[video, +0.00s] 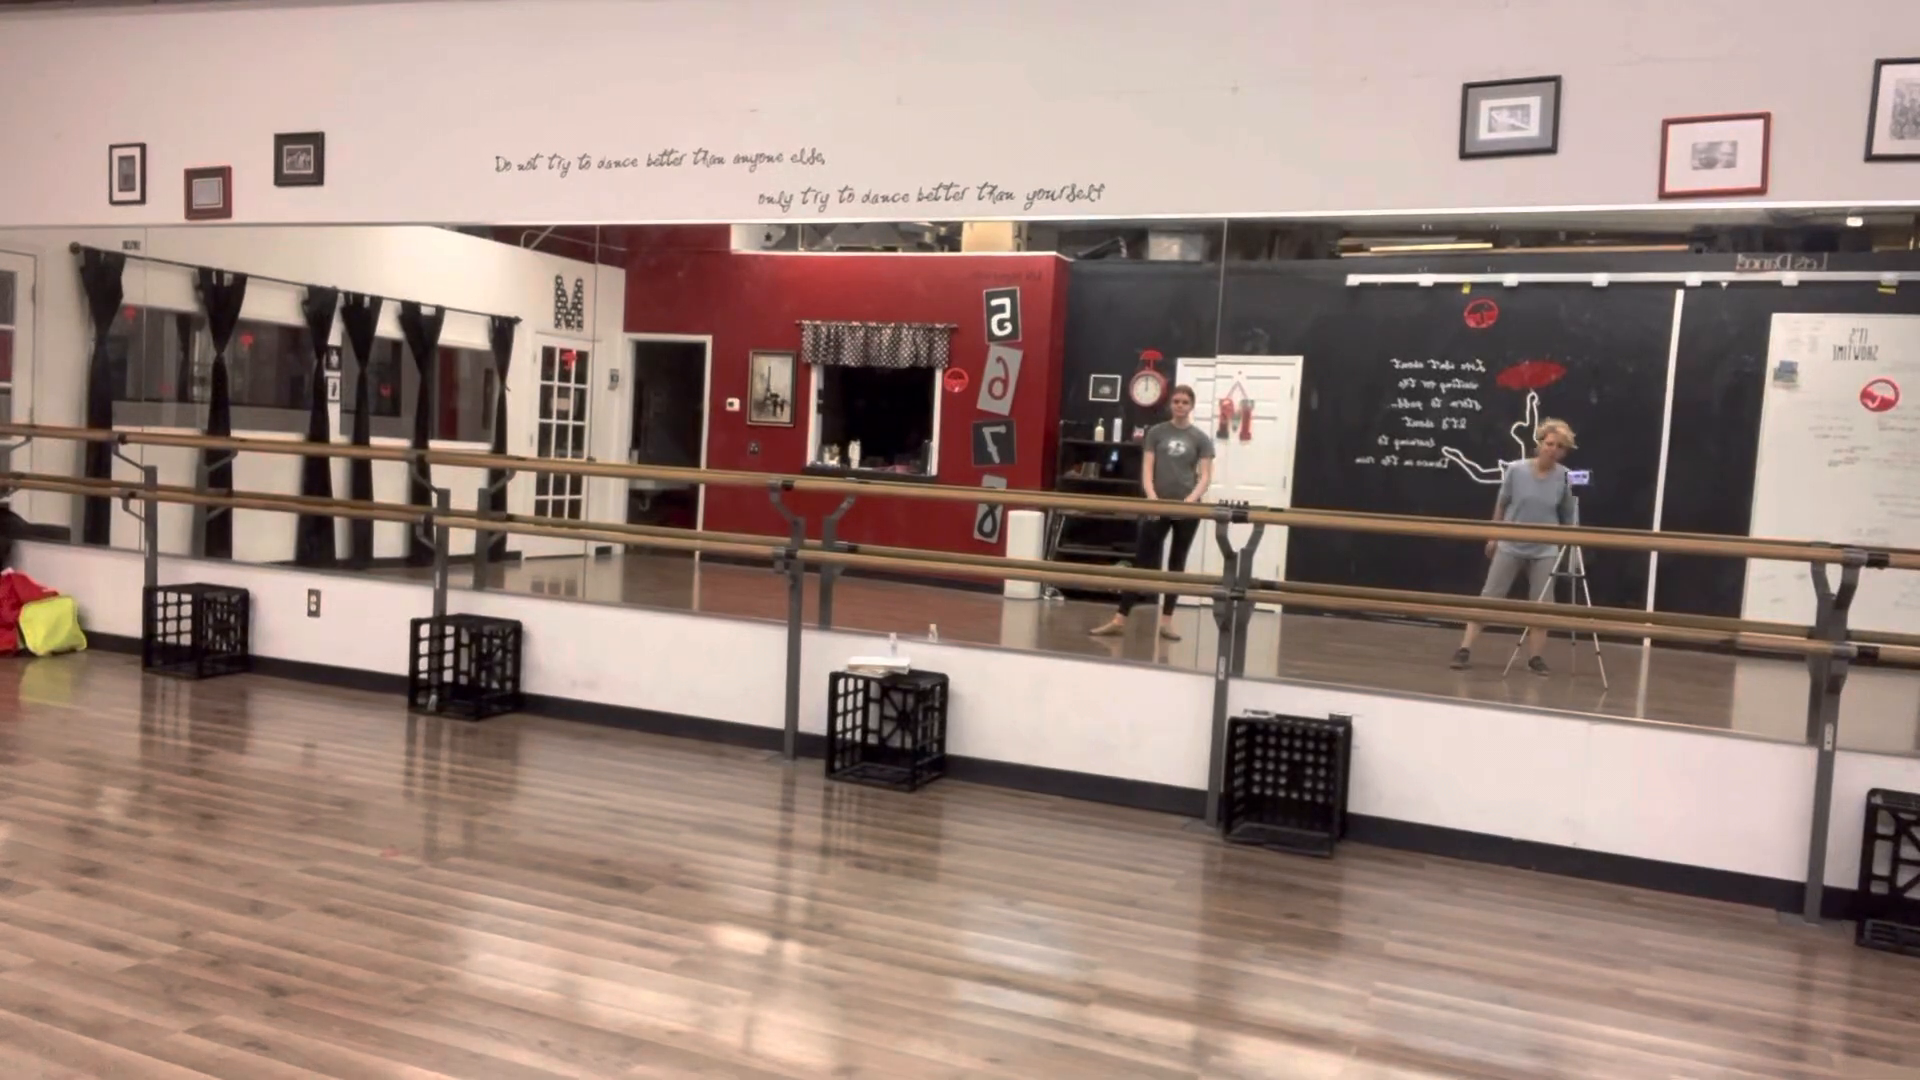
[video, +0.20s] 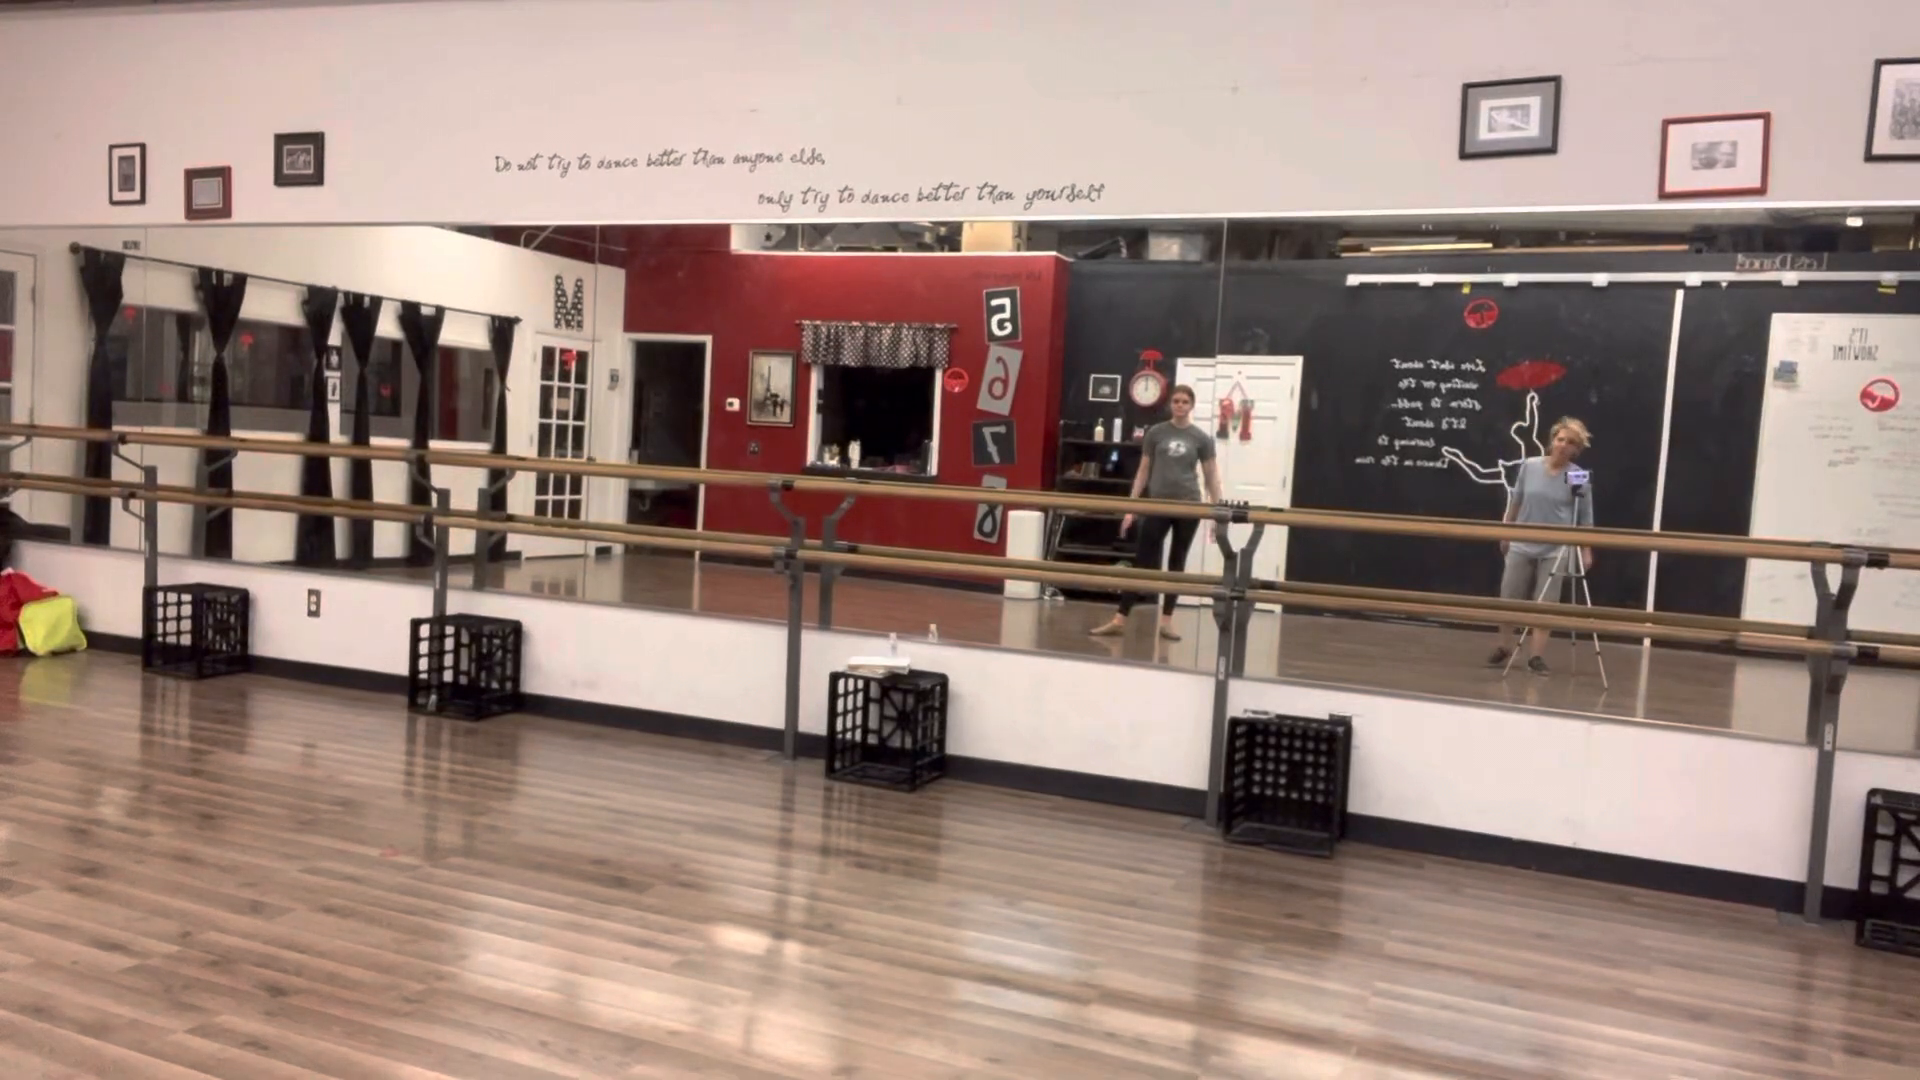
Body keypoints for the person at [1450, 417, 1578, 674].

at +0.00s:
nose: (1553, 451)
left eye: (1560, 447)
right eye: (1550, 444)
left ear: (1565, 452)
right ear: (1539, 444)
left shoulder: (1563, 477)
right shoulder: (1516, 469)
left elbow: (1569, 512)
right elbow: (1501, 502)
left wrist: (1572, 543)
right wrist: (1494, 534)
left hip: (1546, 548)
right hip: (1511, 543)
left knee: (1542, 604)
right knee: (1489, 596)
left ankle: (1536, 655)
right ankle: (1465, 648)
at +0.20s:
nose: (1564, 446)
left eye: (1571, 443)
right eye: (1561, 439)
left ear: (1578, 450)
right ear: (1552, 441)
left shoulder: (1579, 477)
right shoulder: (1528, 466)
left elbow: (1585, 517)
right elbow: (1514, 500)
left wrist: (1585, 547)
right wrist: (1506, 530)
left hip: (1557, 549)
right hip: (1522, 543)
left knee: (1546, 603)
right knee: (1508, 597)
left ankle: (1536, 654)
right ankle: (1504, 646)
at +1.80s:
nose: (1637, 442)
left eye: (1644, 439)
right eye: (1635, 437)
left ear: (1657, 447)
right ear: (1630, 441)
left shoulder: (1664, 479)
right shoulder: (1614, 472)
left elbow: (1672, 520)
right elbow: (1607, 510)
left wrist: (1675, 553)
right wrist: (1600, 541)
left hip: (1651, 554)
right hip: (1617, 551)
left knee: (1649, 612)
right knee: (1602, 603)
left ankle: (1647, 663)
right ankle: (1592, 650)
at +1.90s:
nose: (1641, 441)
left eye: (1649, 438)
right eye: (1640, 436)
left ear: (1662, 446)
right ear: (1636, 441)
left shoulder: (1670, 479)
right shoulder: (1619, 471)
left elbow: (1676, 520)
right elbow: (1614, 510)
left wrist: (1678, 554)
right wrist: (1610, 541)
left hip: (1655, 555)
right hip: (1619, 550)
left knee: (1650, 612)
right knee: (1606, 605)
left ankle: (1647, 662)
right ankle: (1605, 651)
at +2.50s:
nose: (1629, 437)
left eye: (1637, 435)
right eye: (1629, 432)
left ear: (1650, 445)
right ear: (1624, 438)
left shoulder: (1658, 478)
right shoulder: (1612, 472)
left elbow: (1662, 517)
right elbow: (1613, 510)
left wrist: (1656, 551)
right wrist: (1609, 542)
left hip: (1645, 555)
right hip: (1612, 552)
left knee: (1644, 612)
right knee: (1610, 609)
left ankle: (1647, 660)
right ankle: (1611, 665)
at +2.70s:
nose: (1620, 437)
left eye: (1628, 435)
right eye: (1620, 433)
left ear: (1641, 444)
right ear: (1616, 439)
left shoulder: (1650, 474)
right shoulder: (1606, 473)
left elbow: (1671, 509)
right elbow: (1610, 511)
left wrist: (1671, 546)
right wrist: (1606, 542)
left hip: (1642, 556)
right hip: (1608, 553)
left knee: (1639, 613)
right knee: (1606, 612)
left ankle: (1651, 655)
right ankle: (1610, 666)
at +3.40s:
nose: (1638, 440)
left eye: (1646, 437)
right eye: (1639, 435)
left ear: (1662, 444)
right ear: (1638, 440)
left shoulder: (1672, 473)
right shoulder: (1631, 472)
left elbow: (1711, 497)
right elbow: (1636, 506)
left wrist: (1686, 525)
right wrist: (1635, 532)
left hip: (1669, 556)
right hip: (1635, 554)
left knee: (1669, 618)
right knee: (1625, 614)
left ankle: (1677, 679)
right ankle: (1613, 669)